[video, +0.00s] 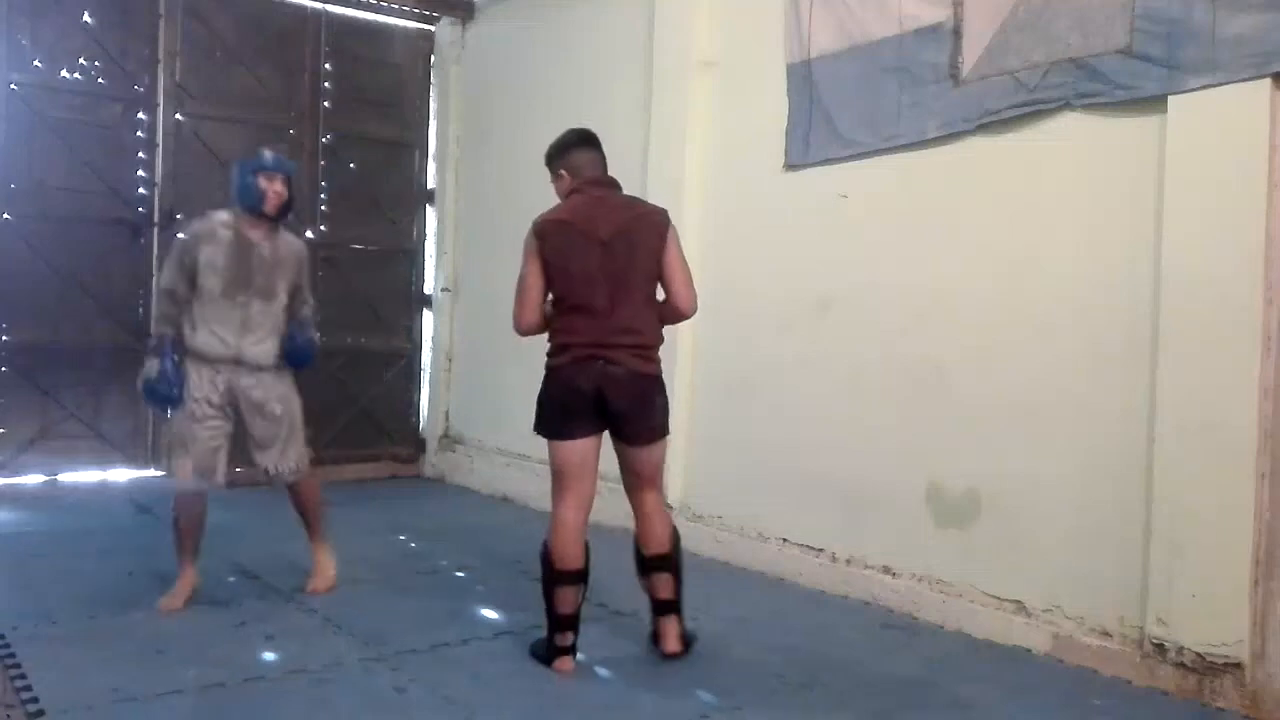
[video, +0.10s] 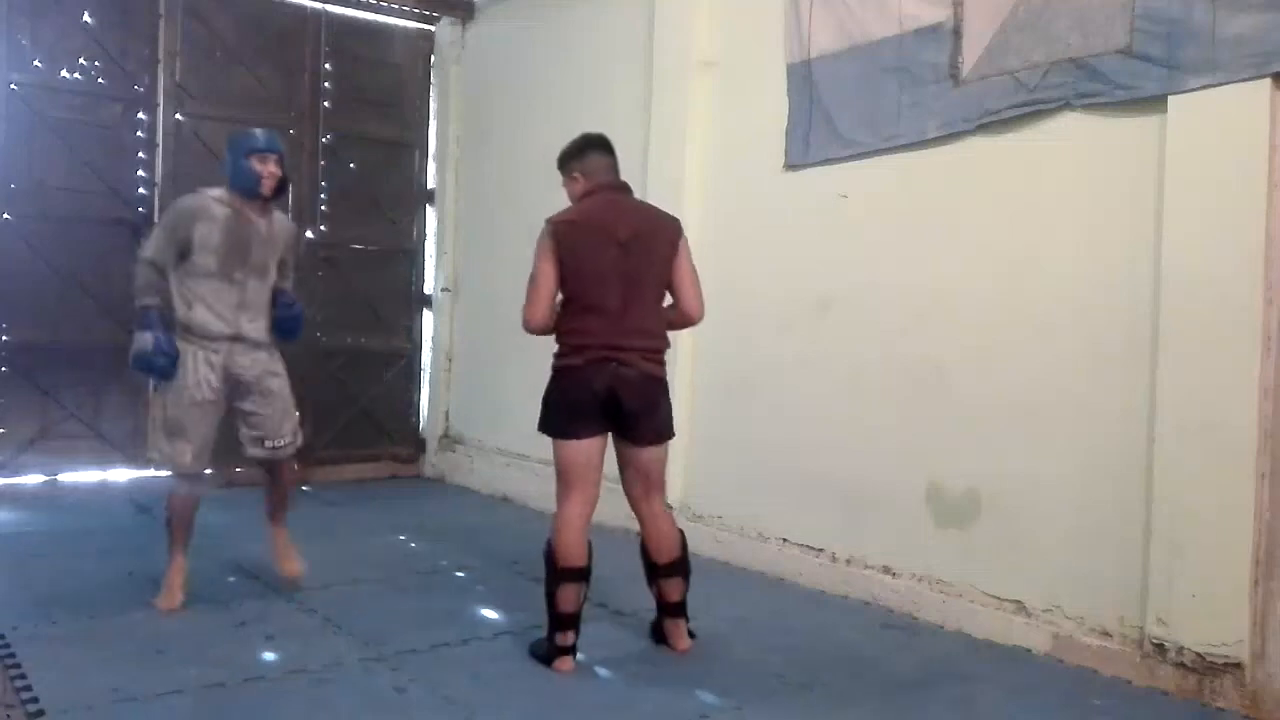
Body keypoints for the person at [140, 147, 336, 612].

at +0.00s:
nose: (274, 188)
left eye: (282, 181)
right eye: (265, 178)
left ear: (289, 193)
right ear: (245, 182)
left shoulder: (293, 250)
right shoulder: (203, 233)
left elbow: (302, 306)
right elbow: (169, 294)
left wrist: (303, 336)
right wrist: (163, 352)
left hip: (267, 372)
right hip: (202, 368)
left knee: (292, 467)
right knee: (189, 475)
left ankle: (321, 552)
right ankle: (186, 572)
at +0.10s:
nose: (270, 169)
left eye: (276, 162)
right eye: (260, 160)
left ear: (281, 173)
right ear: (237, 163)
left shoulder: (282, 228)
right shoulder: (195, 210)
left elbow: (283, 281)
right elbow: (151, 262)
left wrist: (285, 307)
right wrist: (150, 322)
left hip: (258, 351)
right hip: (196, 350)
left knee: (282, 449)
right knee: (188, 466)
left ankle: (279, 533)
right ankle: (176, 564)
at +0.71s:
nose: (252, 188)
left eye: (255, 179)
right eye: (241, 179)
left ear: (256, 190)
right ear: (217, 185)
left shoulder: (243, 241)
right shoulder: (192, 227)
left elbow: (238, 303)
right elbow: (164, 299)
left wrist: (274, 318)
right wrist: (229, 309)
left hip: (236, 376)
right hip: (190, 374)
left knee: (229, 486)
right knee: (178, 487)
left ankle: (187, 572)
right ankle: (129, 577)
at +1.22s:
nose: (283, 188)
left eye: (282, 180)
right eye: (273, 179)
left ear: (259, 189)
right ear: (249, 184)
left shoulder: (247, 236)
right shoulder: (225, 225)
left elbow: (230, 316)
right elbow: (183, 287)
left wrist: (274, 327)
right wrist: (254, 288)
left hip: (228, 374)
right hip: (210, 374)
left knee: (213, 488)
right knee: (225, 493)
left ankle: (159, 569)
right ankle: (180, 598)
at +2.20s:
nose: (355, 208)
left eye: (357, 199)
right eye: (350, 196)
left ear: (332, 196)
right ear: (325, 193)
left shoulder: (314, 240)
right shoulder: (283, 226)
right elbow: (250, 289)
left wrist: (342, 304)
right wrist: (317, 286)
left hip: (297, 363)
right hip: (278, 364)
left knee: (265, 473)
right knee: (319, 474)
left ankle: (207, 567)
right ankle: (298, 583)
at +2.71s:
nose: (417, 236)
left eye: (421, 228)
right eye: (412, 225)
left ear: (414, 231)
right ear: (386, 222)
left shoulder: (398, 268)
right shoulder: (349, 255)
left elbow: (430, 329)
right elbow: (382, 313)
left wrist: (420, 332)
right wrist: (419, 269)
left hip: (386, 390)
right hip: (340, 387)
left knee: (421, 478)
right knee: (344, 490)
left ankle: (436, 554)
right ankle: (296, 591)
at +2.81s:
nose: (430, 239)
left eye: (434, 230)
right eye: (423, 228)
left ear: (433, 231)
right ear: (400, 225)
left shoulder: (431, 269)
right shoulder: (364, 257)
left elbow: (450, 332)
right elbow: (382, 314)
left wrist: (434, 350)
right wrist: (444, 291)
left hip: (411, 379)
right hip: (362, 379)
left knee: (434, 471)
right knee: (342, 479)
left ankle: (435, 553)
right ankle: (303, 580)